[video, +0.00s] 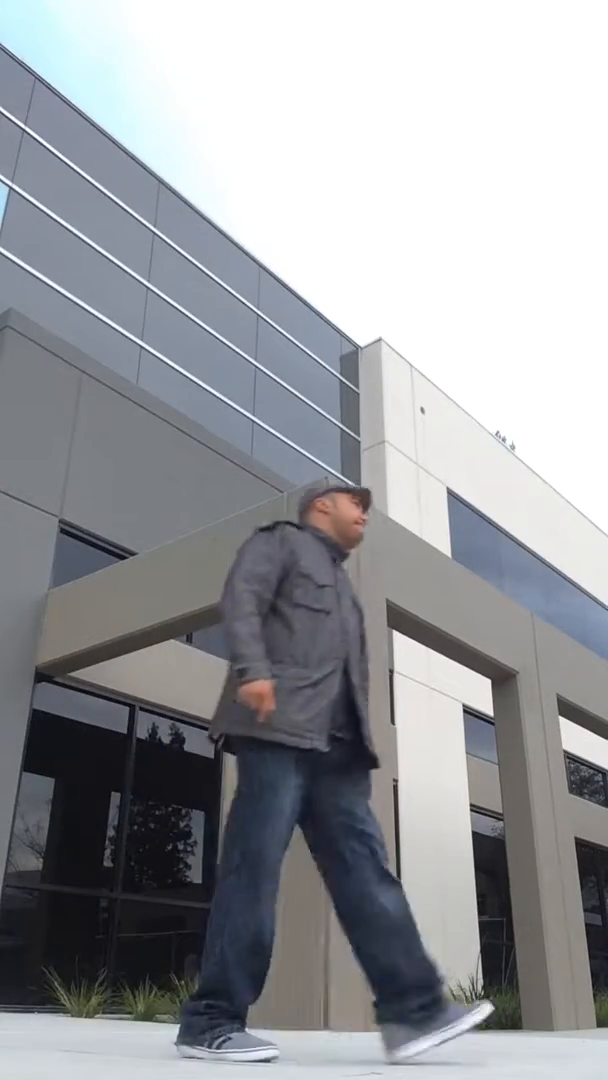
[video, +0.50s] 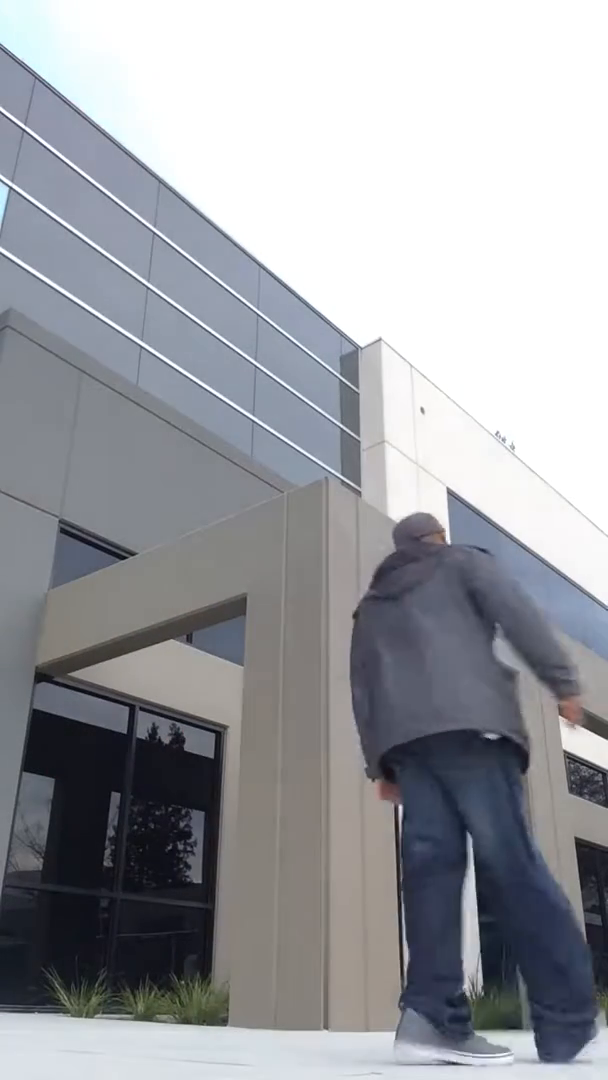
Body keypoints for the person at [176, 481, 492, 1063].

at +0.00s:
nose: (365, 513)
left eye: (365, 505)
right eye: (355, 501)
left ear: (335, 514)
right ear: (320, 507)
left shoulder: (343, 583)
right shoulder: (279, 541)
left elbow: (343, 662)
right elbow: (241, 601)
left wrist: (357, 730)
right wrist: (253, 669)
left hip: (339, 741)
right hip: (278, 727)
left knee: (363, 873)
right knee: (252, 872)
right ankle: (210, 1023)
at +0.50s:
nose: (448, 541)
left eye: (441, 535)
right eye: (445, 535)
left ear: (397, 547)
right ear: (438, 538)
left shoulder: (370, 603)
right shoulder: (462, 560)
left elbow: (361, 685)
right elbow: (516, 609)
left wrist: (380, 761)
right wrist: (564, 680)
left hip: (403, 738)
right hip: (471, 721)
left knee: (431, 872)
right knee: (512, 866)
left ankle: (432, 1017)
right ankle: (567, 1024)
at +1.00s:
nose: (381, 605)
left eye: (381, 593)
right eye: (379, 595)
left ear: (401, 586)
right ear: (422, 582)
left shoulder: (415, 619)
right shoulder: (475, 608)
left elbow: (427, 688)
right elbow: (514, 679)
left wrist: (441, 760)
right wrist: (541, 748)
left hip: (473, 763)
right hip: (532, 750)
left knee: (487, 896)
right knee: (540, 876)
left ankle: (500, 1022)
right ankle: (564, 1001)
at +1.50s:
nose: (362, 605)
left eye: (368, 595)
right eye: (364, 597)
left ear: (396, 599)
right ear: (396, 600)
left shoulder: (417, 633)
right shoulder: (408, 641)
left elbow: (429, 701)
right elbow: (428, 712)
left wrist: (383, 764)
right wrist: (387, 771)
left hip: (435, 787)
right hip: (423, 789)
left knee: (431, 897)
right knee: (415, 900)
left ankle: (506, 1011)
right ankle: (424, 1024)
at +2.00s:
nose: (336, 639)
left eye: (341, 628)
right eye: (335, 632)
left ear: (368, 626)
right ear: (366, 629)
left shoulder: (395, 646)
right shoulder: (374, 674)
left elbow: (420, 687)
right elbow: (398, 757)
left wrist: (360, 730)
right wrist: (378, 812)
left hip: (431, 790)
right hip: (405, 804)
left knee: (457, 888)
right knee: (371, 891)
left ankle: (522, 1023)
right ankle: (385, 1027)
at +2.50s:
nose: (422, 637)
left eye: (419, 631)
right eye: (419, 631)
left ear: (377, 632)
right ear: (410, 631)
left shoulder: (343, 669)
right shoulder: (422, 663)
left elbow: (304, 719)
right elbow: (463, 717)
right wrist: (484, 778)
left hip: (351, 794)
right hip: (399, 791)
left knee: (379, 899)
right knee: (398, 899)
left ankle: (401, 1016)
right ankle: (367, 1006)